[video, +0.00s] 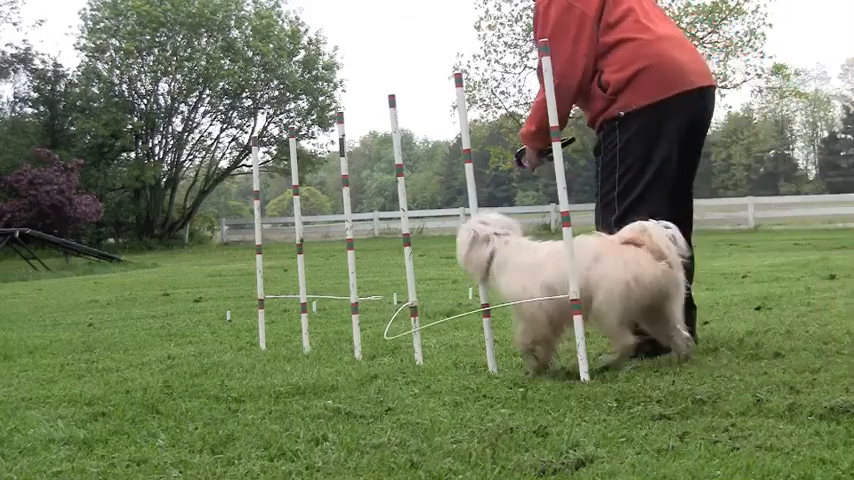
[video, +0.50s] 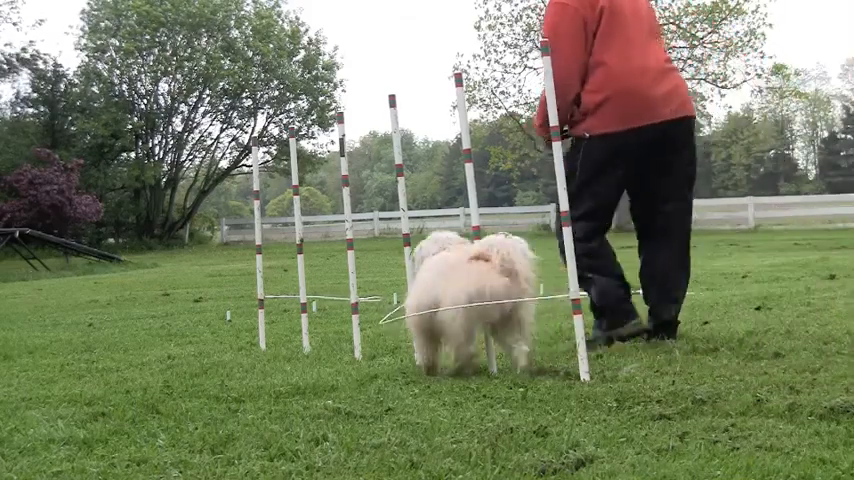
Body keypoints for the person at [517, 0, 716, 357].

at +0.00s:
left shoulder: (560, 4)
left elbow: (563, 71)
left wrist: (534, 139)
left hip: (642, 93)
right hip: (690, 83)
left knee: (622, 223)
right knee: (672, 214)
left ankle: (645, 333)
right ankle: (678, 328)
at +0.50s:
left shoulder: (567, 4)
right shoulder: (637, 5)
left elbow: (565, 76)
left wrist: (546, 124)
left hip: (612, 116)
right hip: (673, 107)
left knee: (579, 227)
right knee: (665, 221)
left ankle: (616, 316)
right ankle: (665, 321)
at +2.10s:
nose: (459, 47)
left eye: (459, 39)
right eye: (457, 41)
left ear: (471, 28)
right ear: (497, 22)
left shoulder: (472, 56)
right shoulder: (538, 48)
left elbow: (466, 121)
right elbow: (566, 99)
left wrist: (463, 173)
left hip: (514, 154)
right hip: (572, 148)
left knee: (488, 239)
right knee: (565, 238)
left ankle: (465, 319)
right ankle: (576, 318)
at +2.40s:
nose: (399, 75)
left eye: (400, 68)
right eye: (397, 69)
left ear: (411, 59)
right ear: (434, 54)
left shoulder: (409, 90)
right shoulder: (474, 71)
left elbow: (391, 160)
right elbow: (511, 113)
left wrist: (367, 202)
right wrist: (533, 154)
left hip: (459, 169)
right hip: (517, 155)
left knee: (440, 248)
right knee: (541, 238)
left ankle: (430, 328)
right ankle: (569, 318)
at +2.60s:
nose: (368, 83)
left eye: (367, 78)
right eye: (366, 78)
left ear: (374, 71)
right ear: (402, 62)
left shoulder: (377, 93)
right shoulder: (440, 76)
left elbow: (358, 148)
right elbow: (474, 105)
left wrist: (322, 145)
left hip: (437, 160)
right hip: (493, 147)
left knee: (427, 245)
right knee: (514, 232)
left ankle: (429, 325)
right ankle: (555, 292)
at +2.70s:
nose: (360, 81)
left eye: (360, 74)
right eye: (359, 75)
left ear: (369, 67)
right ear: (396, 57)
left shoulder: (371, 89)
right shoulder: (432, 72)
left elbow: (359, 153)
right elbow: (470, 104)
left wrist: (331, 150)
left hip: (432, 154)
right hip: (486, 141)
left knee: (427, 243)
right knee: (501, 231)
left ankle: (429, 323)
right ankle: (545, 289)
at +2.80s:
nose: (359, 74)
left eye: (359, 68)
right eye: (357, 69)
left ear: (368, 59)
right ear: (394, 52)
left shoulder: (368, 82)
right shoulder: (430, 67)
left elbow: (361, 153)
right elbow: (460, 101)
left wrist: (342, 150)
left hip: (429, 152)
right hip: (481, 141)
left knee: (427, 241)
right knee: (486, 230)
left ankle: (430, 324)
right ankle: (525, 289)